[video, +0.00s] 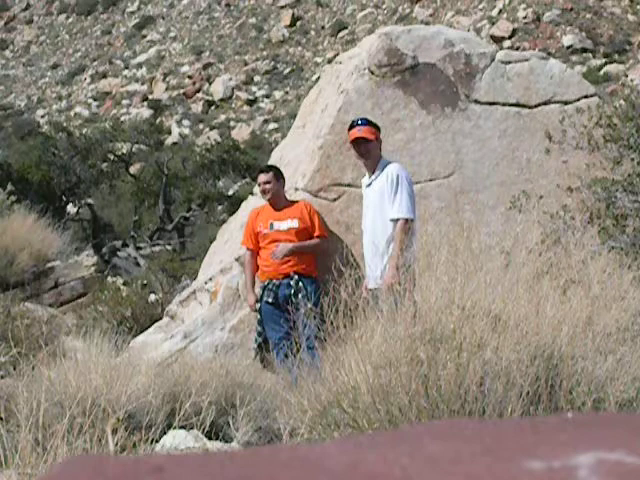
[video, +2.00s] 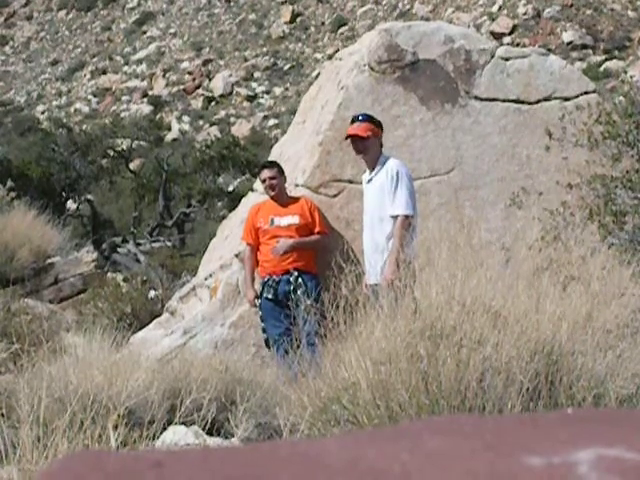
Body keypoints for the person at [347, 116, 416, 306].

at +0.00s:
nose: (362, 148)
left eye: (367, 141)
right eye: (356, 143)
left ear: (379, 142)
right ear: (352, 148)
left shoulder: (395, 173)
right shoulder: (366, 183)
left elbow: (404, 222)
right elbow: (372, 231)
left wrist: (393, 268)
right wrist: (369, 275)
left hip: (394, 276)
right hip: (375, 278)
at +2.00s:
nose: (356, 145)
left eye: (361, 139)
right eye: (352, 140)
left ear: (377, 137)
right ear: (351, 142)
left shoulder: (396, 170)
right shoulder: (367, 178)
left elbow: (404, 218)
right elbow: (372, 227)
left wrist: (393, 264)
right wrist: (369, 271)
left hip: (393, 272)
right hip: (374, 274)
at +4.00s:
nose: (352, 146)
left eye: (357, 140)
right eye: (351, 140)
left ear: (376, 139)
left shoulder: (394, 170)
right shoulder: (368, 177)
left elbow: (402, 218)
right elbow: (371, 228)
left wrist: (391, 264)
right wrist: (368, 275)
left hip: (391, 272)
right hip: (372, 275)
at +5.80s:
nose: (349, 147)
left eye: (352, 142)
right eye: (349, 143)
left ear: (367, 142)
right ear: (366, 143)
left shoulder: (392, 171)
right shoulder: (372, 175)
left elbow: (397, 223)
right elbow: (376, 226)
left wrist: (385, 274)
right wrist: (372, 274)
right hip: (374, 278)